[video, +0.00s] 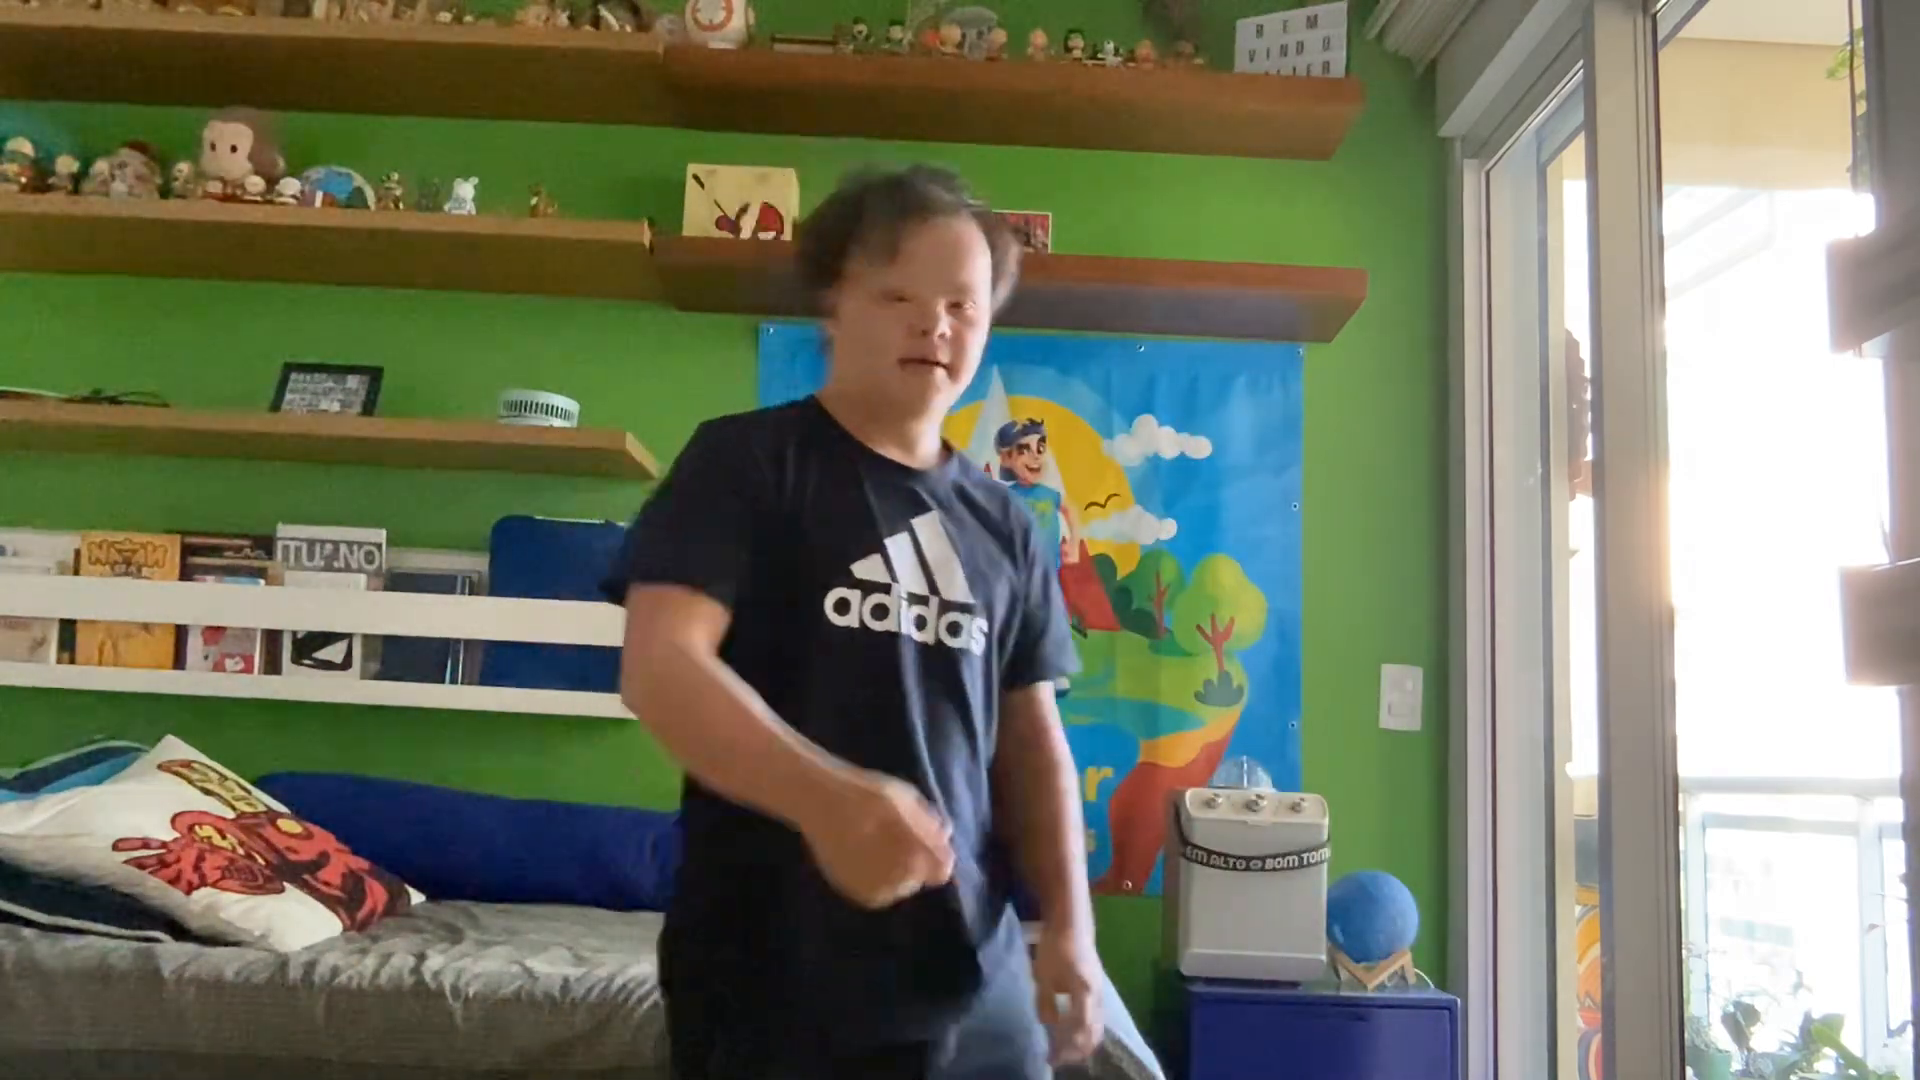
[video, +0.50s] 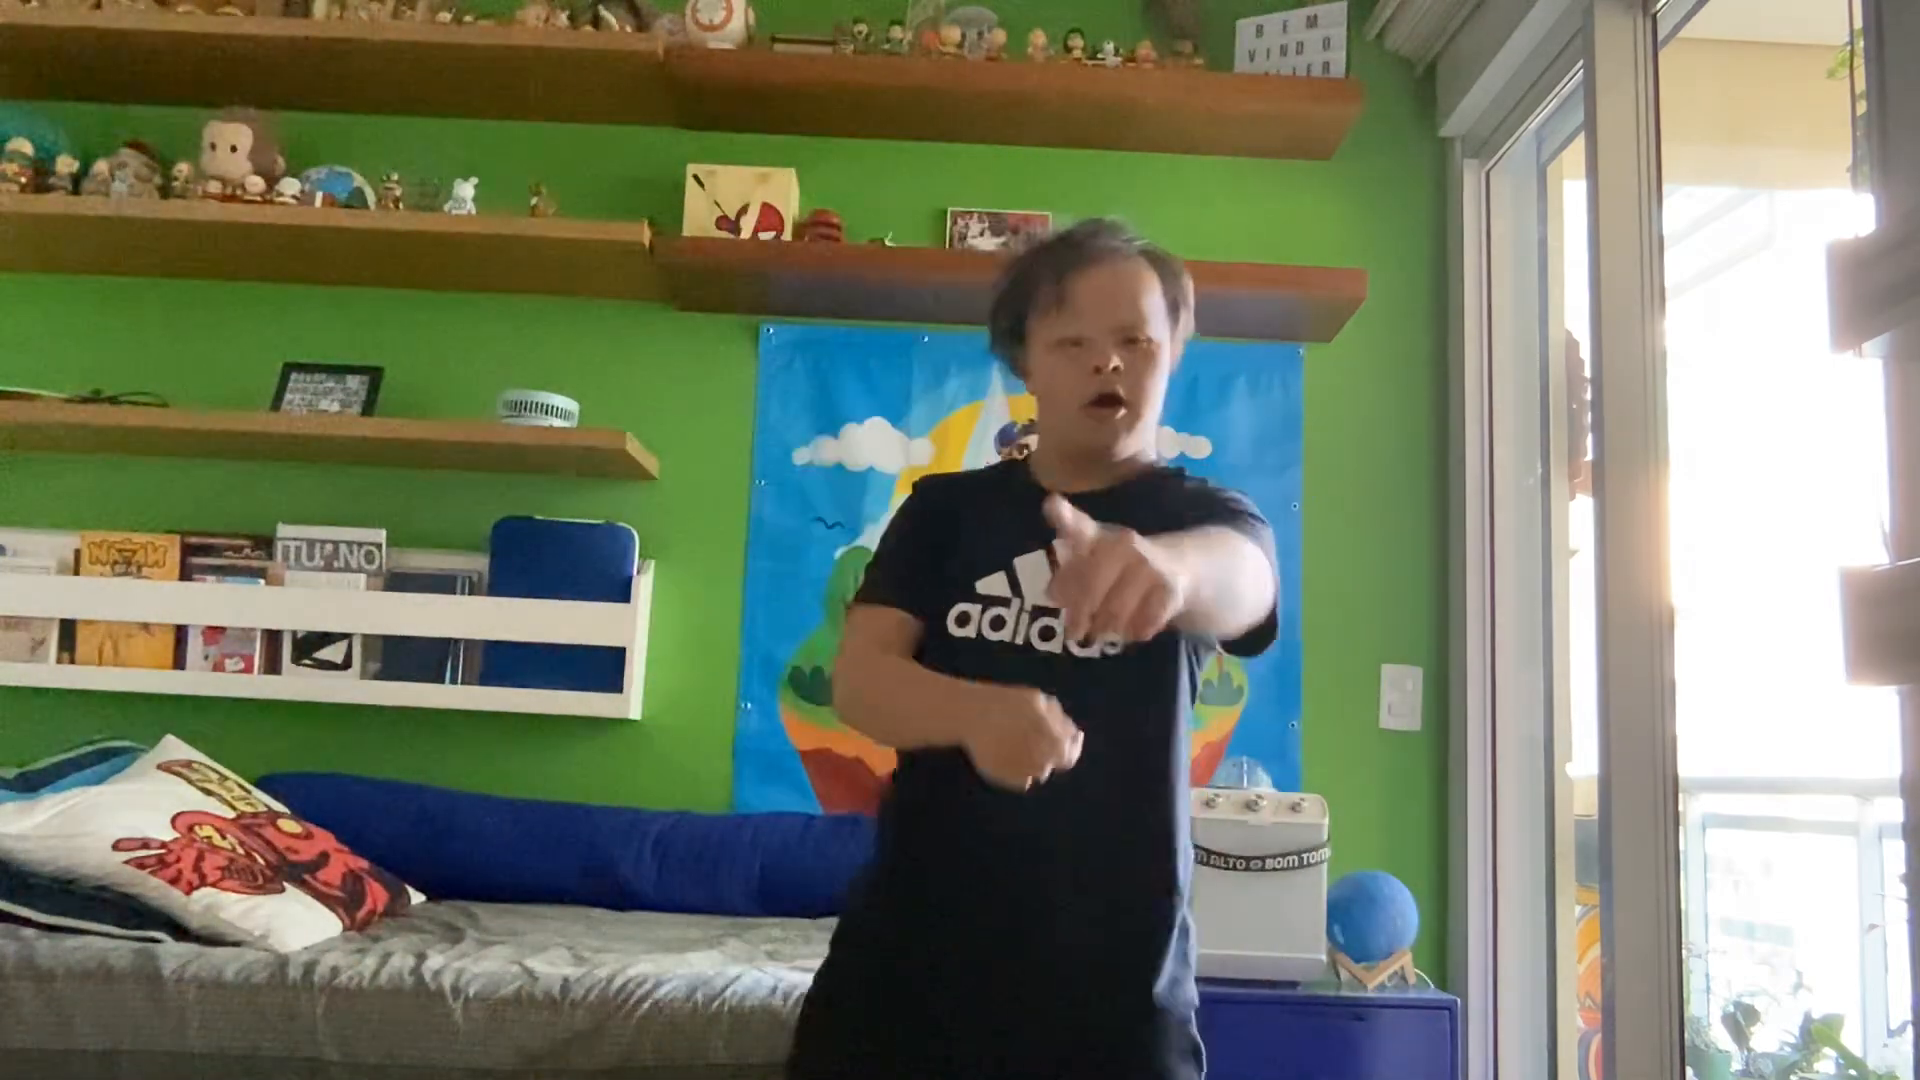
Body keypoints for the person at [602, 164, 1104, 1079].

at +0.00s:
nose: (933, 325)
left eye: (959, 303)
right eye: (896, 296)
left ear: (985, 329)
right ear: (833, 302)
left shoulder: (1004, 524)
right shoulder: (741, 462)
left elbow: (1032, 736)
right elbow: (659, 664)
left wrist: (1066, 927)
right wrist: (822, 797)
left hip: (973, 986)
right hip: (778, 982)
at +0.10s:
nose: (958, 340)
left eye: (986, 318)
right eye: (924, 310)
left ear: (1015, 341)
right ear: (859, 316)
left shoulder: (1035, 531)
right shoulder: (774, 463)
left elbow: (1067, 740)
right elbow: (695, 636)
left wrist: (1101, 935)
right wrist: (853, 732)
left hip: (995, 990)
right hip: (795, 983)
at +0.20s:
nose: (1006, 359)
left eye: (1033, 336)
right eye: (971, 331)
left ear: (1063, 356)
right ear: (907, 339)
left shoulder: (1092, 554)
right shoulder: (833, 477)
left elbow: (1138, 756)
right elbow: (751, 593)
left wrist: (1152, 955)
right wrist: (891, 647)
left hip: (1033, 991)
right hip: (835, 978)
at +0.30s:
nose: (1056, 361)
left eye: (1083, 337)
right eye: (1021, 333)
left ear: (1115, 352)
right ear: (962, 344)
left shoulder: (1151, 549)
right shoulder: (880, 482)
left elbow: (1206, 740)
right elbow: (814, 606)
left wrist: (1190, 897)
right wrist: (918, 636)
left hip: (1077, 997)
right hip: (876, 973)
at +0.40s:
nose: (1100, 360)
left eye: (1127, 335)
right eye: (1065, 336)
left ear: (1163, 352)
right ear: (1013, 352)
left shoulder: (1210, 537)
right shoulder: (928, 507)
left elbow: (1267, 673)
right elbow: (860, 673)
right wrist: (961, 717)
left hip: (1110, 989)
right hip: (907, 974)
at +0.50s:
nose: (1107, 366)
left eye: (1134, 341)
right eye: (1071, 343)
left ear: (1173, 360)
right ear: (1024, 364)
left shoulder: (1206, 517)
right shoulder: (943, 509)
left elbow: (1241, 576)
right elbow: (861, 680)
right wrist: (974, 714)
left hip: (1113, 969)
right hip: (923, 957)